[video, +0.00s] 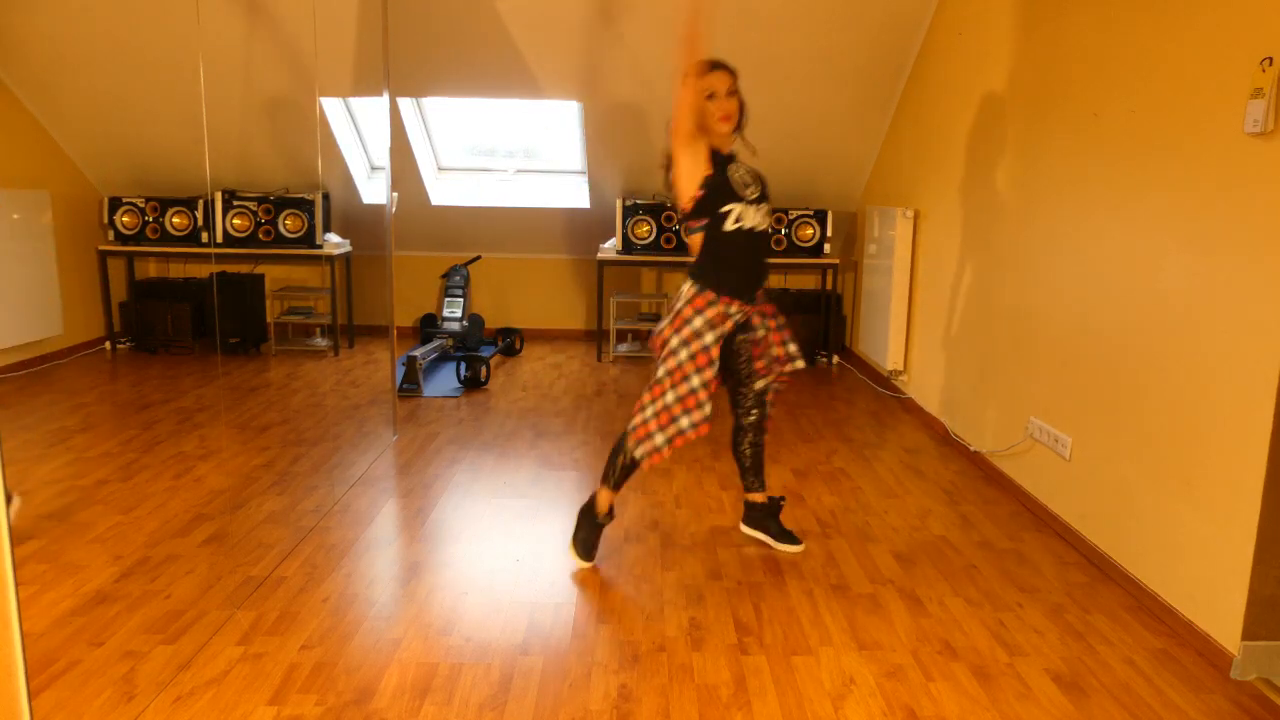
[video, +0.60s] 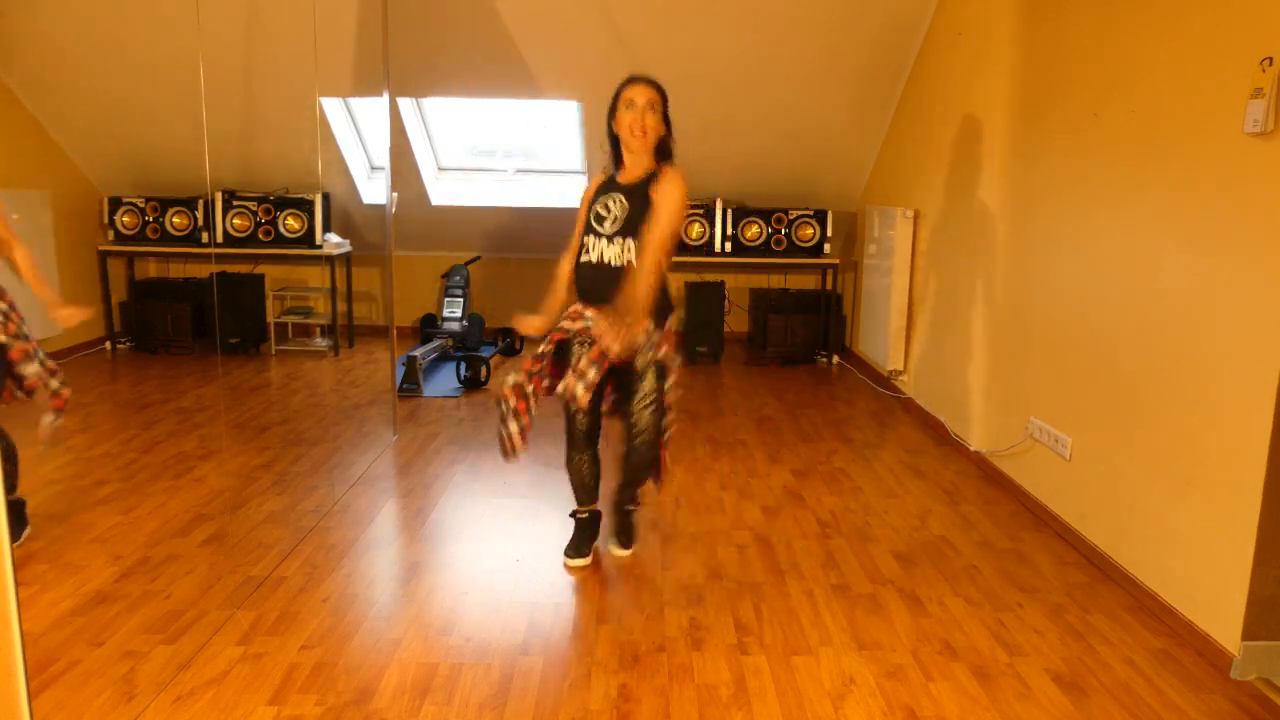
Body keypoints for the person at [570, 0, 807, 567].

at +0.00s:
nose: (725, 104)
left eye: (732, 95)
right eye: (713, 96)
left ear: (741, 105)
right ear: (693, 108)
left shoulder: (739, 163)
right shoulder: (690, 157)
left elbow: (705, 235)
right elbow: (689, 72)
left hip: (746, 309)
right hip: (706, 308)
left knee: (752, 405)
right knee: (665, 410)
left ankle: (758, 507)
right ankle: (599, 507)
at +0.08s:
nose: (713, 116)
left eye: (720, 105)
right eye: (700, 107)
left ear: (730, 114)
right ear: (677, 118)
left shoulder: (726, 176)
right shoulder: (674, 163)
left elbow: (710, 242)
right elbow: (643, 77)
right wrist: (624, 9)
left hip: (729, 317)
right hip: (687, 318)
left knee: (739, 420)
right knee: (658, 423)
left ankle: (755, 512)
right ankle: (593, 512)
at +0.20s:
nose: (689, 126)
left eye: (698, 116)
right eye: (677, 116)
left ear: (709, 127)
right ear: (658, 125)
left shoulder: (703, 189)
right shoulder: (641, 161)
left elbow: (688, 259)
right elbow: (582, 102)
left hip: (690, 326)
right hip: (638, 325)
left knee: (727, 417)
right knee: (627, 433)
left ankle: (750, 514)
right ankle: (586, 520)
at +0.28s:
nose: (674, 133)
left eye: (683, 124)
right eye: (663, 124)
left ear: (697, 133)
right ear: (645, 133)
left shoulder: (704, 204)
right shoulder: (624, 168)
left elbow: (693, 273)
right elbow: (564, 139)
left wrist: (678, 323)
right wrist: (499, 97)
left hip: (668, 331)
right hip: (610, 327)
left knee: (727, 420)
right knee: (606, 430)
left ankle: (721, 504)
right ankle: (585, 523)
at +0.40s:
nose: (657, 145)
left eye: (666, 134)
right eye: (644, 137)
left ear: (681, 141)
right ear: (632, 149)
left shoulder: (699, 215)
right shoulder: (614, 189)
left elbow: (690, 287)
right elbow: (557, 200)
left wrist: (683, 346)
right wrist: (507, 199)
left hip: (646, 339)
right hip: (589, 329)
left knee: (674, 435)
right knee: (592, 439)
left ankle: (638, 485)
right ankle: (583, 523)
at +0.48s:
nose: (648, 143)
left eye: (658, 132)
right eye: (636, 136)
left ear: (673, 141)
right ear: (623, 148)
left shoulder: (691, 212)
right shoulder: (606, 197)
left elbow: (684, 290)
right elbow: (547, 237)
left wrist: (678, 360)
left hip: (641, 340)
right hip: (583, 327)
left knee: (634, 446)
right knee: (583, 437)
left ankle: (608, 506)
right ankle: (583, 520)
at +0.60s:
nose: (639, 116)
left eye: (650, 109)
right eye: (629, 107)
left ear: (663, 124)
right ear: (614, 121)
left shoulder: (668, 183)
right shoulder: (598, 189)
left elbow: (653, 256)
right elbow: (571, 258)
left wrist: (629, 317)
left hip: (643, 317)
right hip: (588, 315)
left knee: (644, 425)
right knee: (581, 420)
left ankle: (625, 504)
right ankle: (585, 515)